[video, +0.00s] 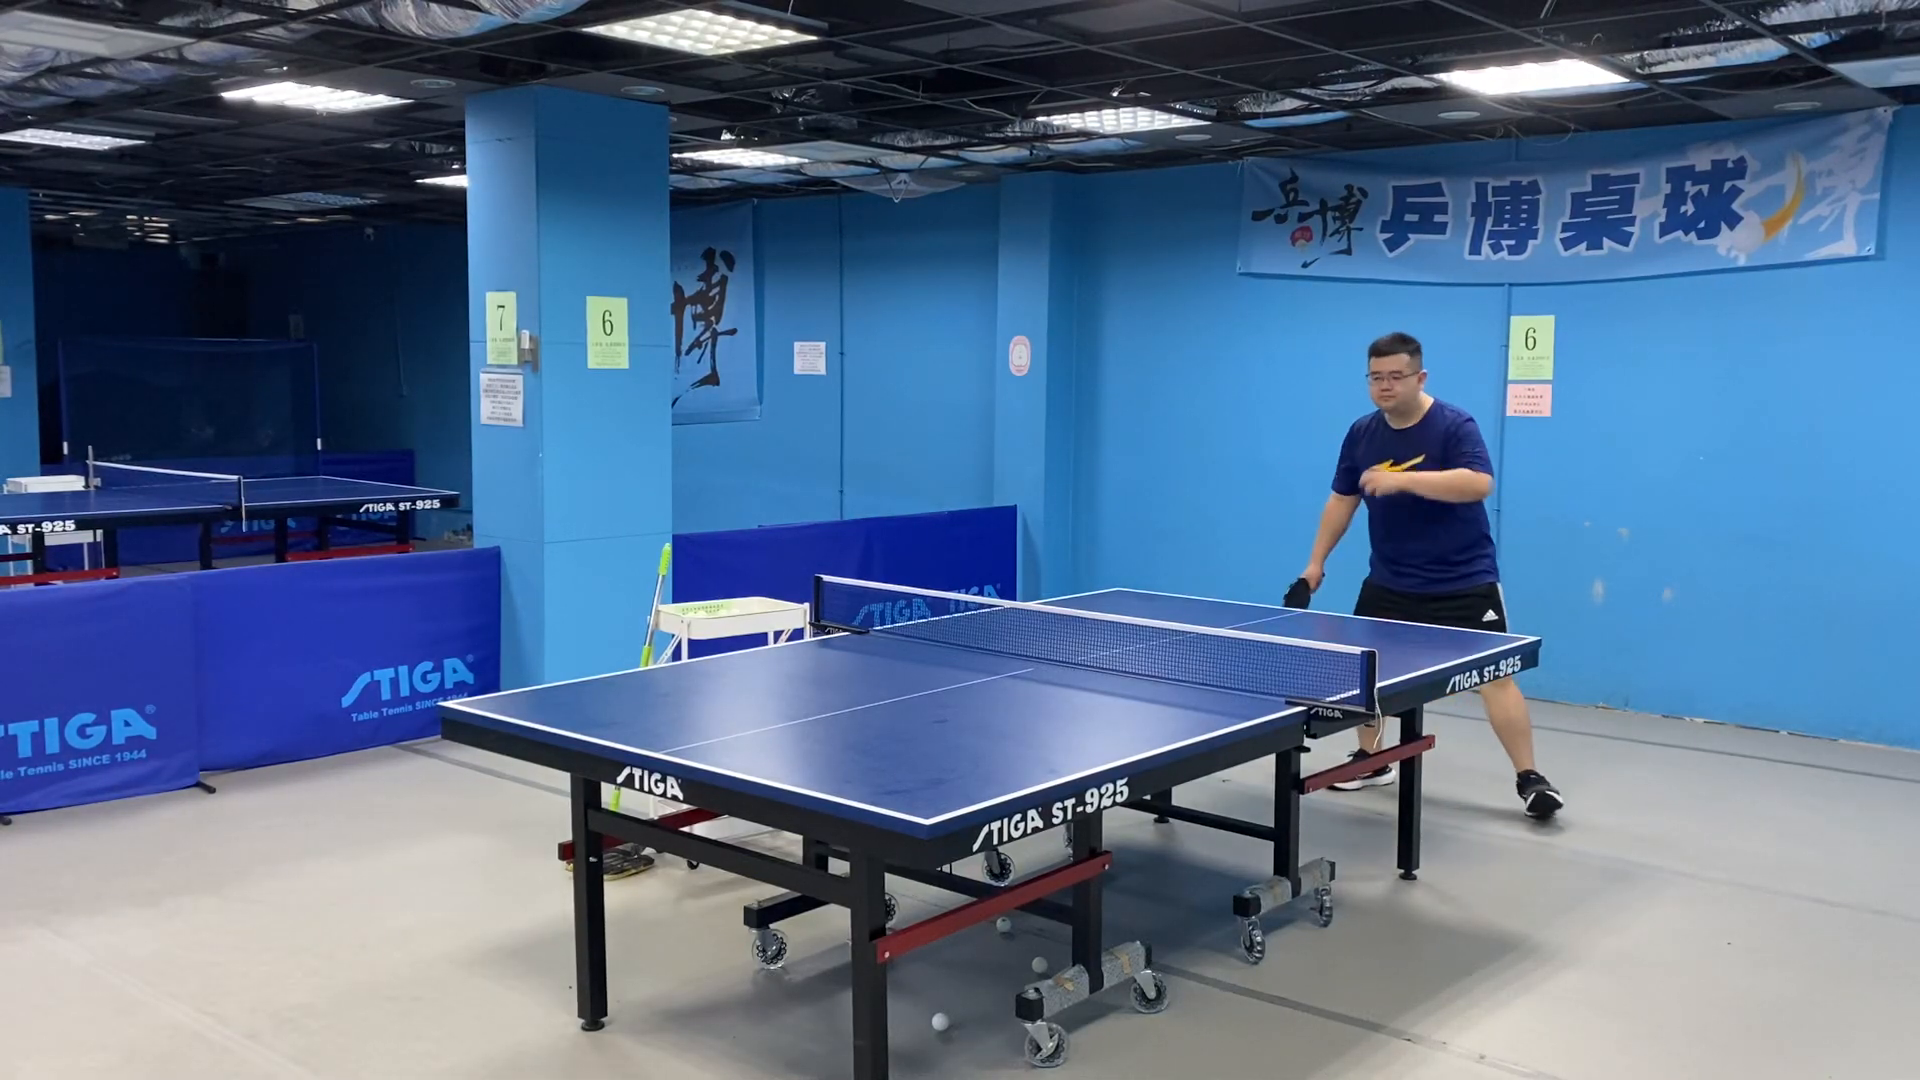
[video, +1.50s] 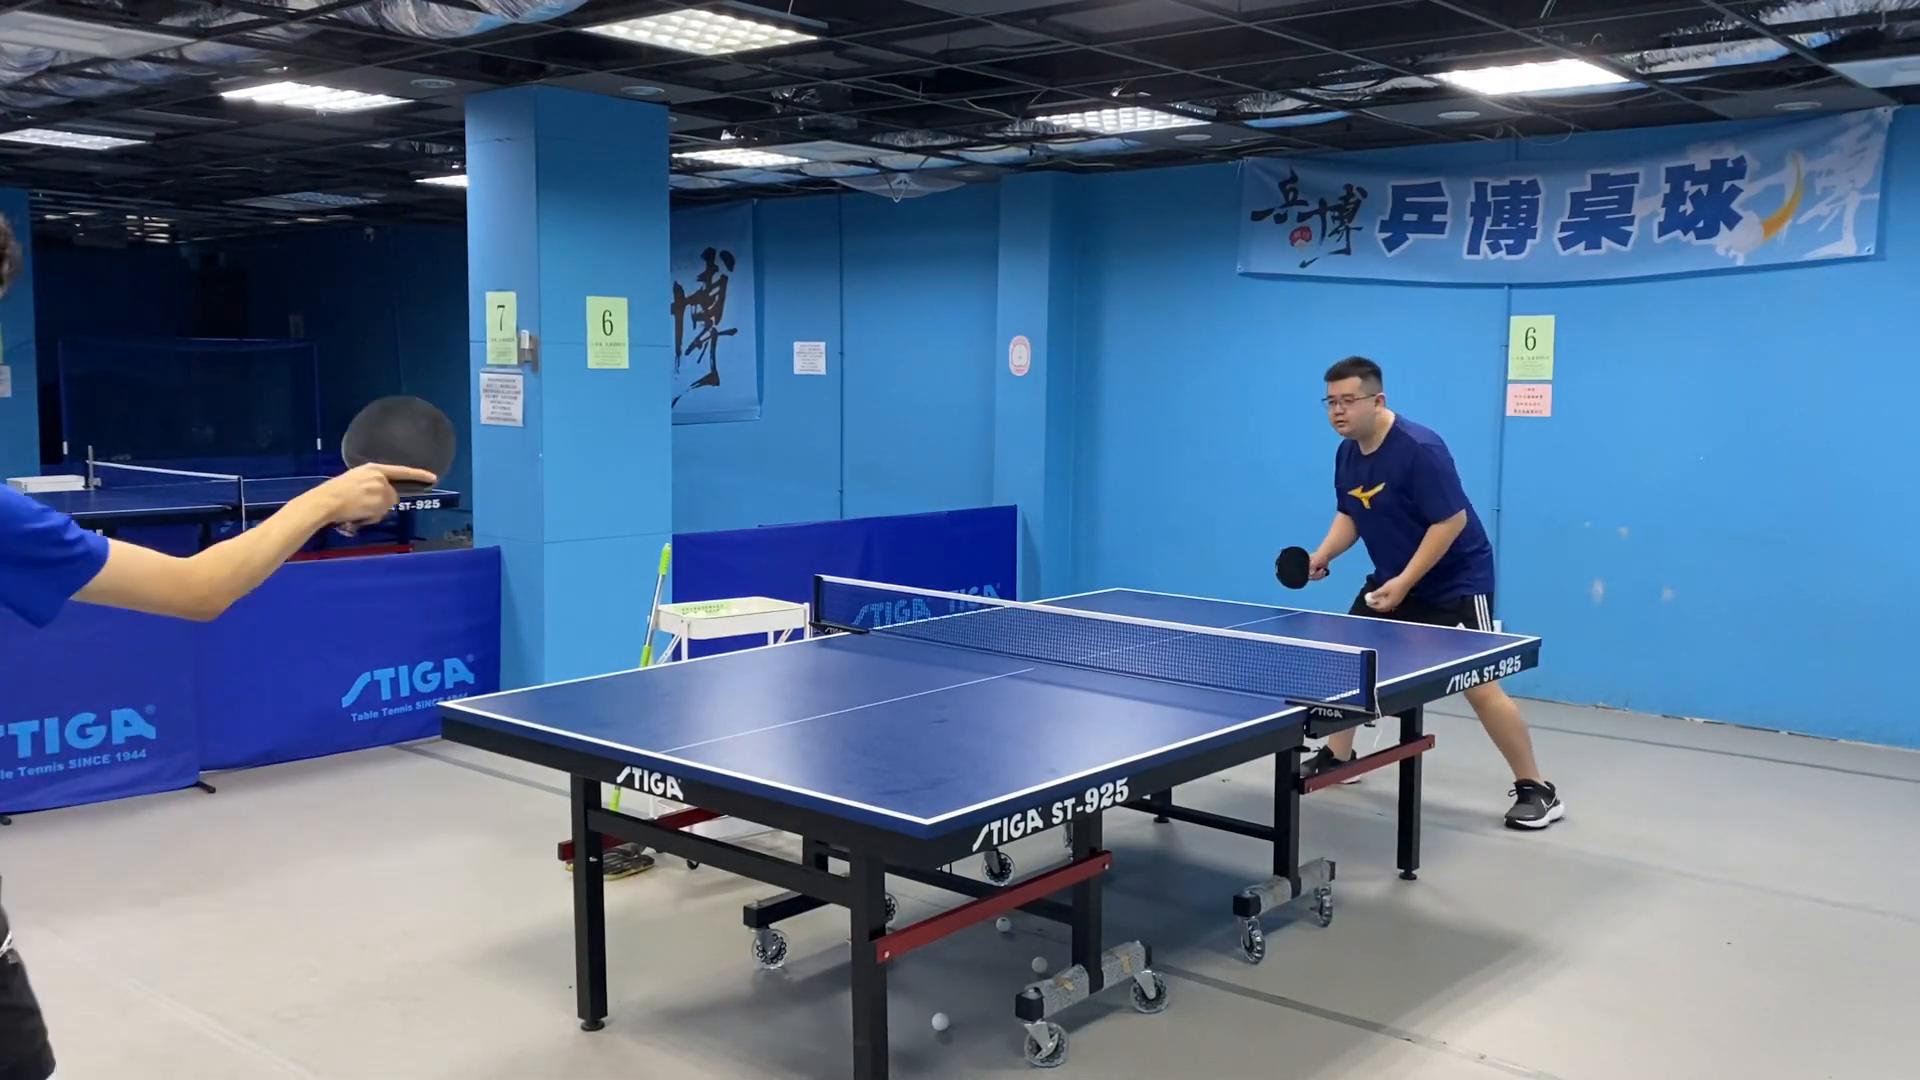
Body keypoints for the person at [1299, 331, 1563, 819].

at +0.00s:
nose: (1383, 385)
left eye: (1394, 376)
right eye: (1375, 377)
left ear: (1420, 378)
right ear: (1368, 380)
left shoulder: (1455, 426)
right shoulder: (1363, 435)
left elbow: (1480, 483)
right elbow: (1342, 500)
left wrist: (1402, 481)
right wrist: (1315, 563)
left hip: (1466, 586)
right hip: (1390, 585)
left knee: (1495, 672)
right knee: (1364, 669)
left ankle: (1529, 777)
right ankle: (1369, 754)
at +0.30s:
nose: (1459, 385)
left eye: (1472, 376)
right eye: (1451, 375)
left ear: (1494, 377)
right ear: (1440, 371)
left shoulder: (1518, 423)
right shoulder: (1420, 420)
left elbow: (1521, 472)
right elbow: (1394, 483)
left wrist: (1473, 415)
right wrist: (1363, 542)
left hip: (1507, 580)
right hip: (1431, 576)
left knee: (1527, 677)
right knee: (1382, 658)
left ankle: (1545, 787)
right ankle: (1367, 747)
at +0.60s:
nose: (1450, 385)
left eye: (1463, 378)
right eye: (1443, 375)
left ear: (1487, 384)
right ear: (1434, 378)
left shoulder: (1516, 439)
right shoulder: (1413, 429)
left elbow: (1551, 506)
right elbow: (1389, 489)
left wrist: (1488, 532)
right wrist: (1364, 549)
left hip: (1500, 588)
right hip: (1422, 579)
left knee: (1524, 676)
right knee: (1364, 656)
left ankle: (1541, 788)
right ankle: (1330, 743)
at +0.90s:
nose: (1388, 419)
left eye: (1400, 411)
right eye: (1382, 410)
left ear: (1427, 415)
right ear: (1375, 414)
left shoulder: (1469, 464)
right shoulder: (1365, 462)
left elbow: (1501, 524)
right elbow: (1351, 517)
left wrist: (1466, 582)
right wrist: (1338, 556)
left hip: (1472, 593)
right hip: (1391, 591)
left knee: (1507, 678)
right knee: (1337, 655)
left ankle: (1538, 786)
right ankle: (1335, 753)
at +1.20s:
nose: (1353, 424)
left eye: (1363, 415)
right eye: (1347, 416)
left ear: (1394, 418)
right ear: (1342, 420)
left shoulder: (1445, 462)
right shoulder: (1350, 468)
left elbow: (1486, 525)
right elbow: (1348, 525)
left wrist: (1449, 589)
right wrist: (1331, 563)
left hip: (1470, 587)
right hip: (1396, 586)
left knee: (1499, 681)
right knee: (1335, 654)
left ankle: (1537, 788)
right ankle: (1337, 753)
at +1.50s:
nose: (1336, 410)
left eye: (1347, 401)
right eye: (1331, 401)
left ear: (1377, 402)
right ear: (1329, 405)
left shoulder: (1421, 449)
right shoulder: (1348, 454)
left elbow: (1450, 521)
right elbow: (1351, 515)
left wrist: (1401, 583)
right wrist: (1322, 555)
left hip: (1456, 579)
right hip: (1393, 578)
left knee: (1478, 683)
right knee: (1340, 654)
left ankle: (1533, 787)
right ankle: (1338, 755)